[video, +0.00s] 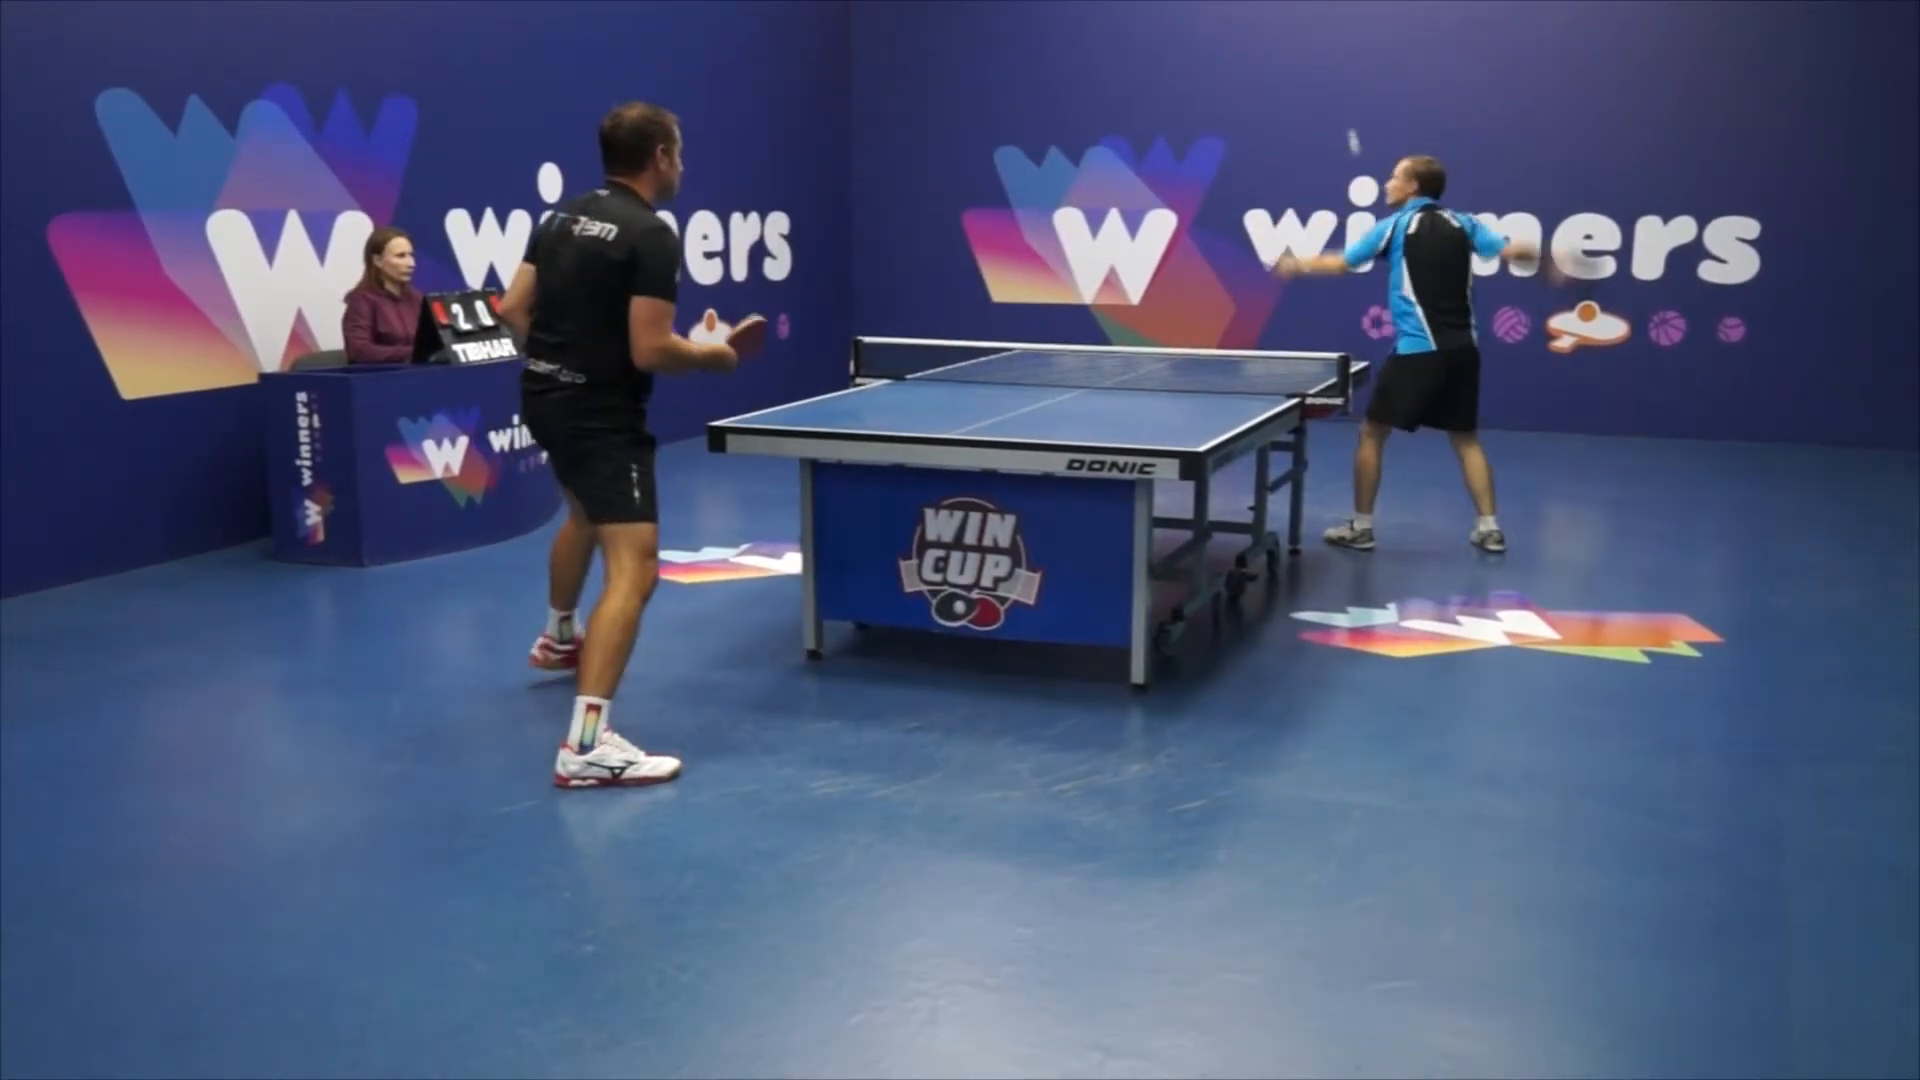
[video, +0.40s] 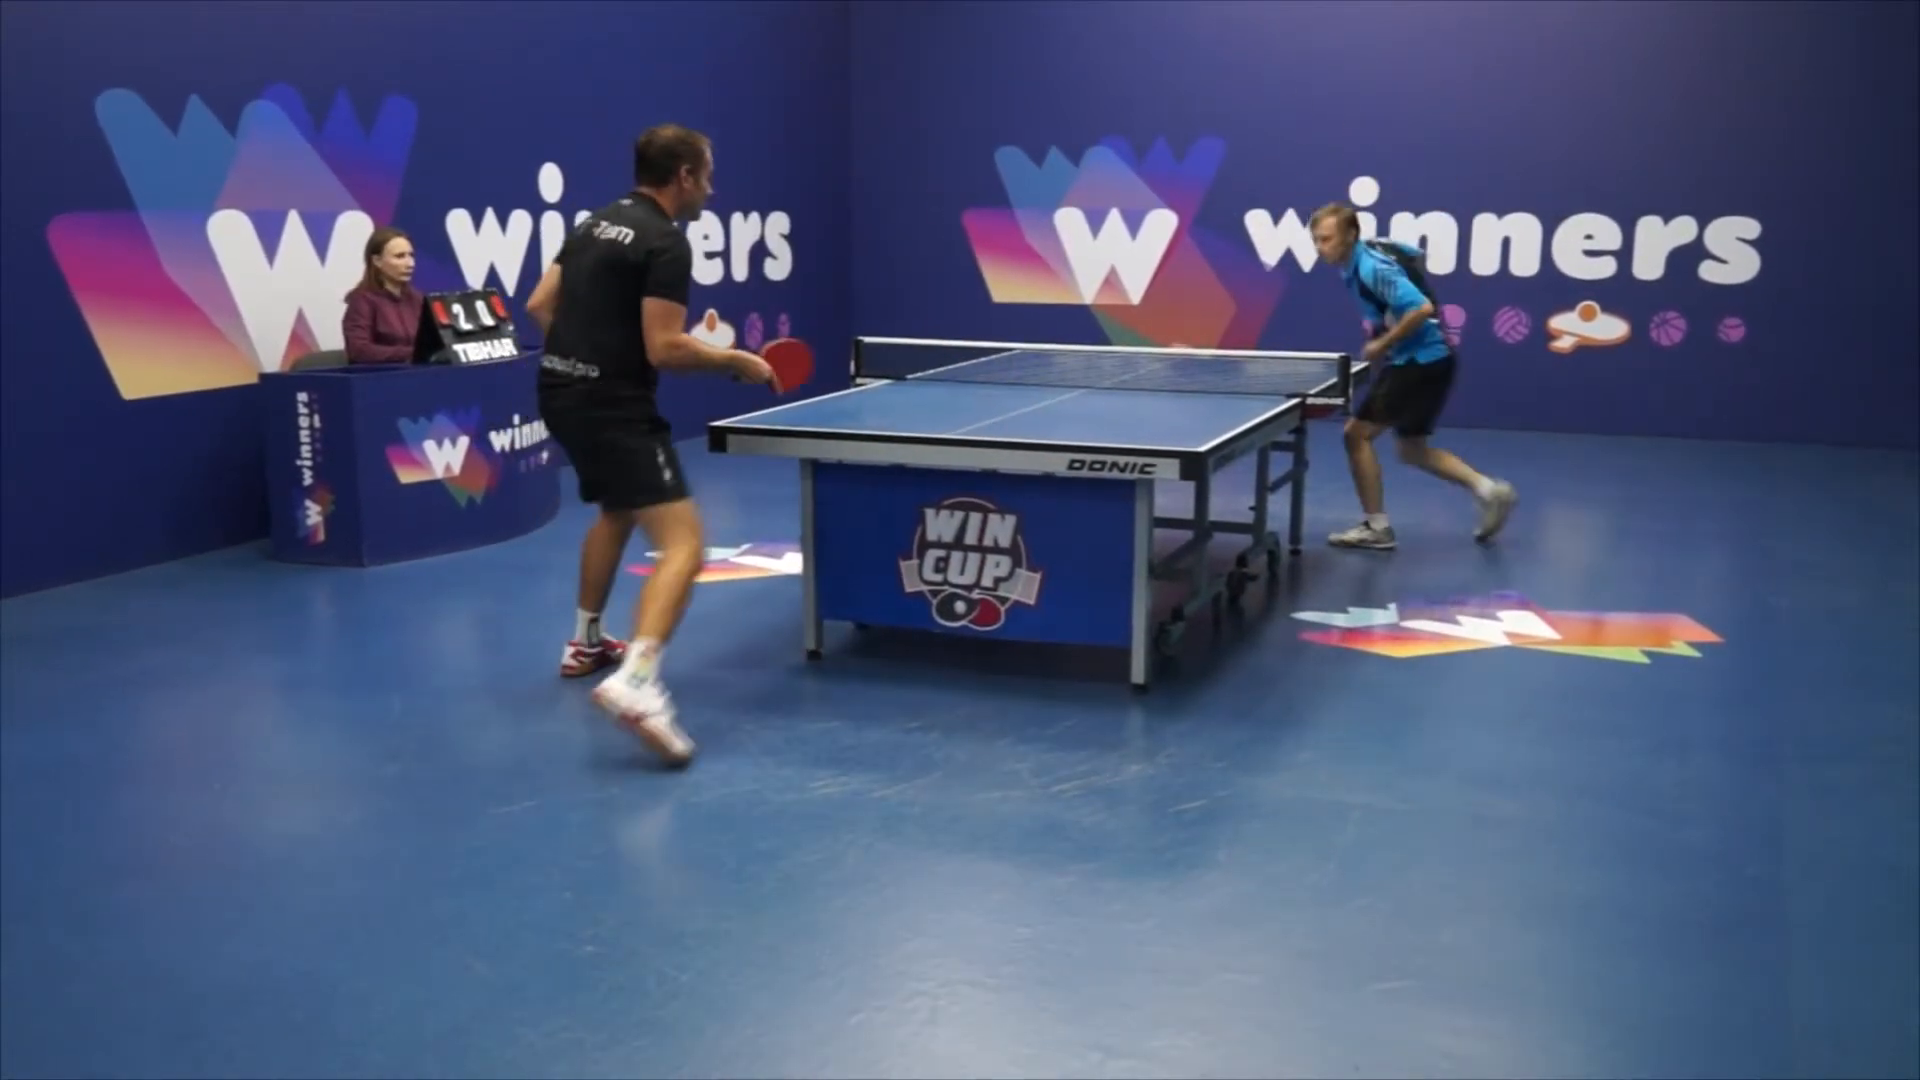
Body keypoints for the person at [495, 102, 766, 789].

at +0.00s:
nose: (680, 164)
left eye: (678, 152)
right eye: (677, 153)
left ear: (611, 158)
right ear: (660, 158)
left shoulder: (564, 216)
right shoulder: (652, 236)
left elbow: (515, 307)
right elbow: (650, 349)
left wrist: (577, 334)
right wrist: (715, 352)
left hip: (546, 396)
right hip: (602, 407)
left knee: (584, 513)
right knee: (634, 571)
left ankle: (560, 633)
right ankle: (586, 740)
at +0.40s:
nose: (711, 188)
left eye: (710, 175)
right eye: (708, 176)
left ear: (649, 175)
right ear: (683, 177)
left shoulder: (595, 221)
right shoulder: (665, 243)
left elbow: (541, 305)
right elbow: (664, 347)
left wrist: (600, 343)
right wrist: (735, 359)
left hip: (561, 388)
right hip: (614, 396)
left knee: (618, 509)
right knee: (683, 541)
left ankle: (585, 641)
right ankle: (637, 679)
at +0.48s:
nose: (720, 194)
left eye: (720, 181)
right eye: (716, 181)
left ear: (665, 175)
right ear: (691, 178)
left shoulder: (610, 217)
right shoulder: (670, 237)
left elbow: (552, 298)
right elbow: (671, 341)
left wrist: (627, 334)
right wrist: (739, 356)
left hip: (566, 385)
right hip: (616, 391)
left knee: (624, 505)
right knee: (713, 521)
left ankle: (585, 637)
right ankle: (669, 667)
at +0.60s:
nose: (736, 211)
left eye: (739, 200)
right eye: (737, 198)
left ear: (685, 179)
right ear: (717, 185)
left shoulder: (628, 214)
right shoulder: (691, 232)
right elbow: (698, 336)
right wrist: (745, 345)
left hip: (570, 375)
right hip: (623, 382)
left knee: (619, 505)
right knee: (729, 506)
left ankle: (584, 642)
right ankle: (750, 659)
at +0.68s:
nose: (751, 224)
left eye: (754, 213)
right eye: (754, 212)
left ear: (702, 184)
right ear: (740, 199)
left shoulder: (635, 218)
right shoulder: (718, 243)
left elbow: (570, 292)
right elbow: (746, 346)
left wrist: (627, 318)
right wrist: (717, 330)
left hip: (578, 372)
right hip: (640, 383)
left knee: (613, 508)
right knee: (742, 508)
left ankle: (583, 640)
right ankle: (789, 650)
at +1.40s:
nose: (715, 172)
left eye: (714, 160)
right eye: (714, 161)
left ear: (646, 161)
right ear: (698, 162)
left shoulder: (594, 216)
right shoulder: (707, 230)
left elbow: (535, 309)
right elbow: (711, 345)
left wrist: (569, 367)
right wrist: (756, 348)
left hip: (571, 397)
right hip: (649, 400)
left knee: (562, 549)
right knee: (737, 538)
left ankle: (531, 700)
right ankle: (757, 699)